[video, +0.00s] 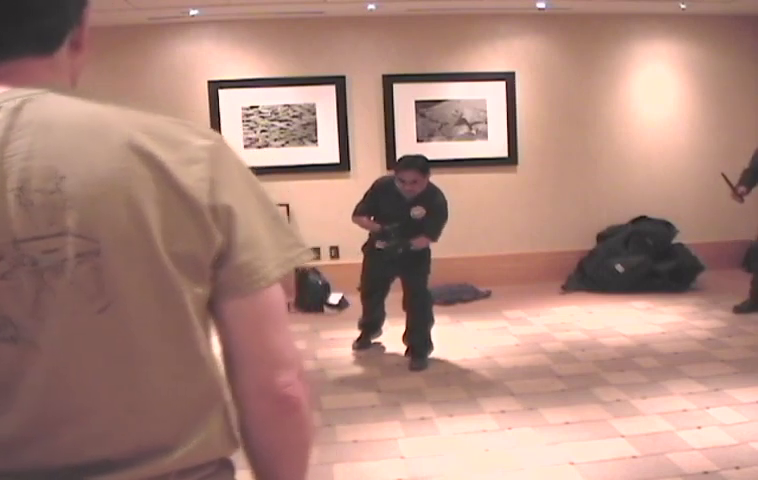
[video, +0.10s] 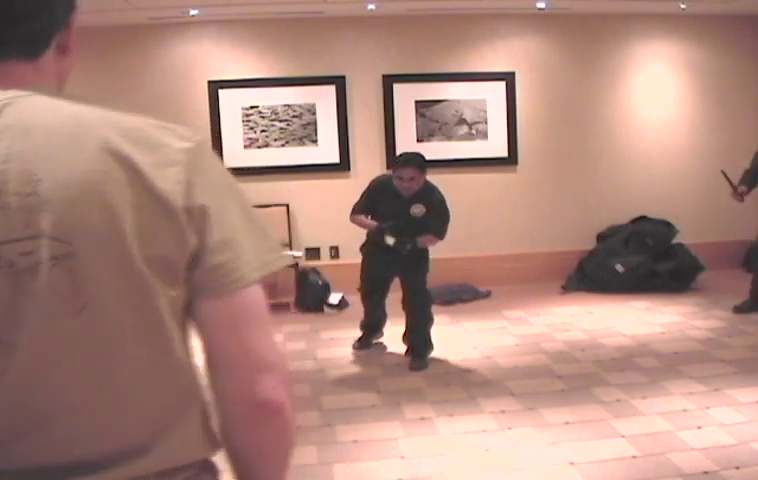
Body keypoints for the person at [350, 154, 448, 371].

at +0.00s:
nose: (407, 187)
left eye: (414, 182)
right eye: (402, 181)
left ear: (426, 179)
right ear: (395, 176)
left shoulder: (435, 200)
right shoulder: (382, 187)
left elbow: (428, 237)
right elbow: (357, 216)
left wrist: (403, 245)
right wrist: (376, 228)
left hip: (414, 253)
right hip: (380, 251)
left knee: (417, 300)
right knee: (370, 292)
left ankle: (418, 351)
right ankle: (369, 331)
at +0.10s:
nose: (405, 185)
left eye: (412, 179)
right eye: (400, 179)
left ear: (423, 177)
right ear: (393, 175)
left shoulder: (433, 198)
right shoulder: (380, 186)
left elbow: (436, 234)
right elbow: (356, 214)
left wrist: (410, 242)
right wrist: (372, 225)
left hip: (413, 253)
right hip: (379, 250)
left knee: (416, 300)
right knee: (370, 292)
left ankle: (418, 351)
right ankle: (371, 331)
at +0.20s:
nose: (402, 182)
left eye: (408, 176)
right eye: (396, 176)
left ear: (419, 174)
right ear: (389, 173)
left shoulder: (427, 193)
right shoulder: (376, 185)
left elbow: (442, 229)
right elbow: (352, 215)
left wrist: (417, 239)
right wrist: (376, 226)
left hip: (410, 253)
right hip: (377, 250)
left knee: (415, 301)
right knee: (370, 294)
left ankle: (419, 351)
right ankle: (372, 333)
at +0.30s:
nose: (397, 179)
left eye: (403, 174)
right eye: (392, 174)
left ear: (414, 171)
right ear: (384, 171)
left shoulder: (422, 191)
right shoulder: (371, 185)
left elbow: (443, 219)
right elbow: (349, 215)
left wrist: (420, 234)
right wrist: (374, 223)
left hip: (406, 250)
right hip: (373, 250)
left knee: (413, 300)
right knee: (369, 295)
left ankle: (419, 349)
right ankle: (374, 334)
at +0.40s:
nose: (392, 177)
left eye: (397, 172)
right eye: (387, 172)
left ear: (408, 169)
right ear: (379, 170)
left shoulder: (417, 189)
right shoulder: (365, 185)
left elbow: (436, 212)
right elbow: (345, 215)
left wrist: (417, 229)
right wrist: (370, 222)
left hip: (401, 249)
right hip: (368, 249)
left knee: (410, 298)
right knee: (366, 294)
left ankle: (419, 347)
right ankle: (374, 333)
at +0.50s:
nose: (390, 176)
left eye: (395, 170)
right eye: (384, 170)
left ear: (404, 167)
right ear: (375, 169)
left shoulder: (413, 187)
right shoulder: (361, 184)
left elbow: (428, 208)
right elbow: (341, 215)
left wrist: (410, 226)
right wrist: (368, 223)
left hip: (397, 248)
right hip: (363, 248)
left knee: (406, 296)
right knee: (364, 294)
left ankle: (419, 343)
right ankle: (373, 333)